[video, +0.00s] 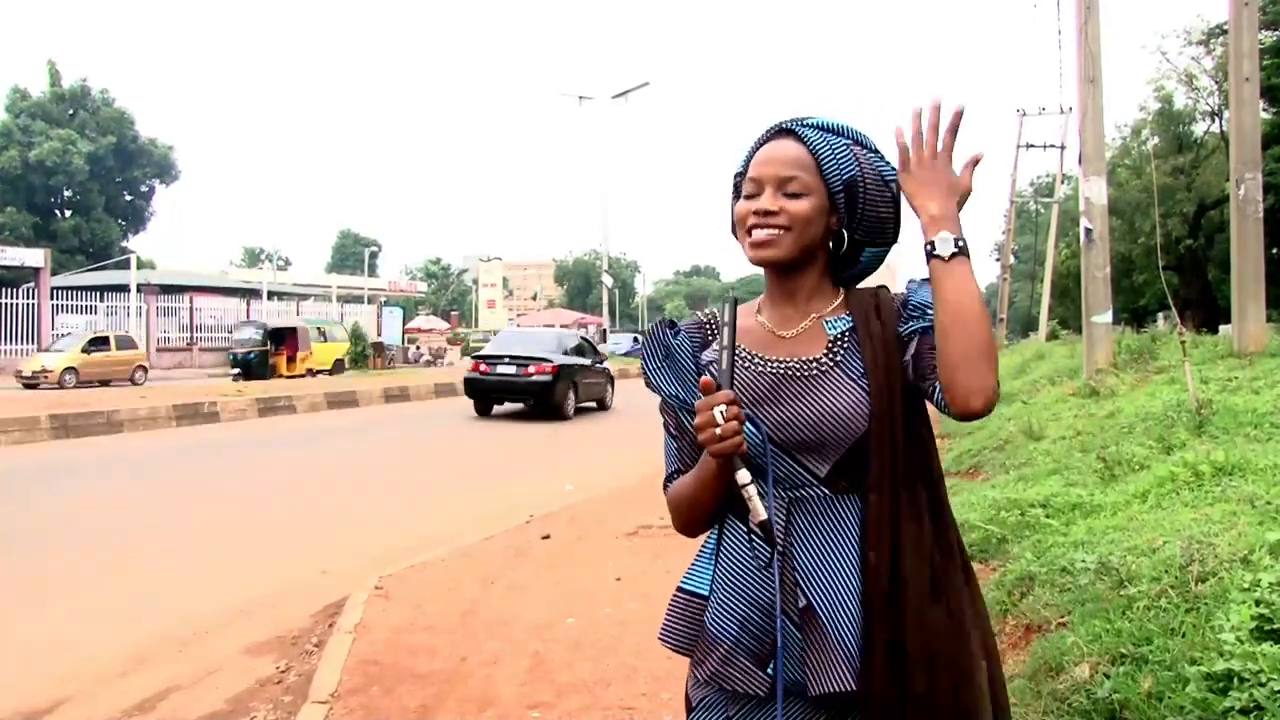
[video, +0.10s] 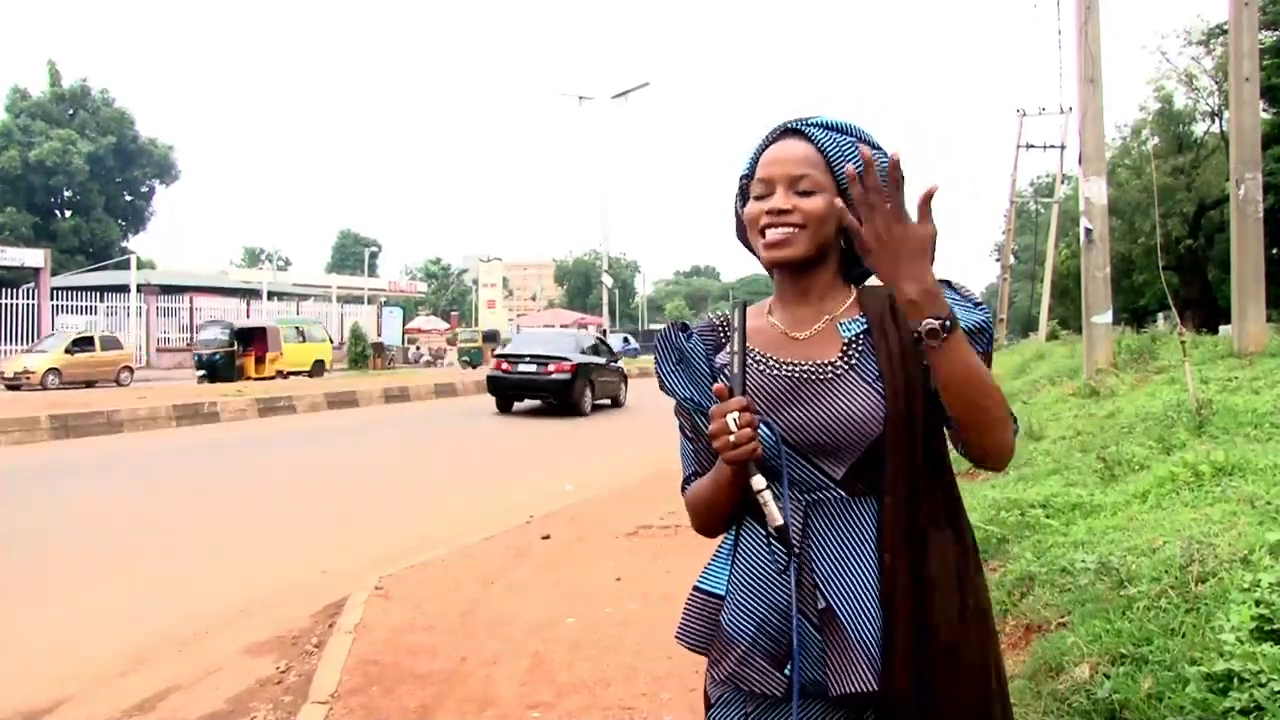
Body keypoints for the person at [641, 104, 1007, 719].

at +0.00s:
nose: (762, 206)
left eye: (791, 191)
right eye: (751, 191)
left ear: (838, 214)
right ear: (736, 209)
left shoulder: (891, 317)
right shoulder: (701, 344)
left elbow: (972, 394)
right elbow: (686, 518)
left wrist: (940, 222)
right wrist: (714, 459)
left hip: (875, 630)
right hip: (745, 633)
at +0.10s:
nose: (778, 206)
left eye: (805, 189)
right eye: (762, 192)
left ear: (849, 213)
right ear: (744, 216)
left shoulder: (911, 310)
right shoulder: (714, 346)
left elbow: (995, 450)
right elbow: (704, 519)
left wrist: (920, 295)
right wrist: (729, 465)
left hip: (894, 626)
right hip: (762, 628)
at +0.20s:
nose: (790, 205)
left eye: (816, 186)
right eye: (772, 191)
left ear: (859, 208)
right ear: (754, 217)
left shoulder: (933, 320)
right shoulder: (724, 348)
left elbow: (982, 480)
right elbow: (722, 518)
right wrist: (743, 473)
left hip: (919, 637)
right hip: (781, 639)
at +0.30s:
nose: (806, 206)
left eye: (829, 187)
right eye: (786, 194)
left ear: (869, 208)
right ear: (767, 221)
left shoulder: (941, 326)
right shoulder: (737, 350)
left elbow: (978, 491)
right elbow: (733, 516)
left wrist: (889, 463)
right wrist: (752, 479)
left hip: (911, 623)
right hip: (789, 633)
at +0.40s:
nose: (826, 207)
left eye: (846, 188)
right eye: (803, 196)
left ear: (881, 206)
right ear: (781, 223)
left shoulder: (950, 319)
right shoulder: (750, 346)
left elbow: (988, 475)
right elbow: (742, 513)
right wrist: (761, 480)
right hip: (808, 612)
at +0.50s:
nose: (833, 202)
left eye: (852, 182)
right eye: (808, 193)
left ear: (891, 199)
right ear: (789, 223)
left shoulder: (954, 304)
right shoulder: (756, 341)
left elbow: (991, 443)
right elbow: (751, 508)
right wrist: (770, 476)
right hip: (807, 633)